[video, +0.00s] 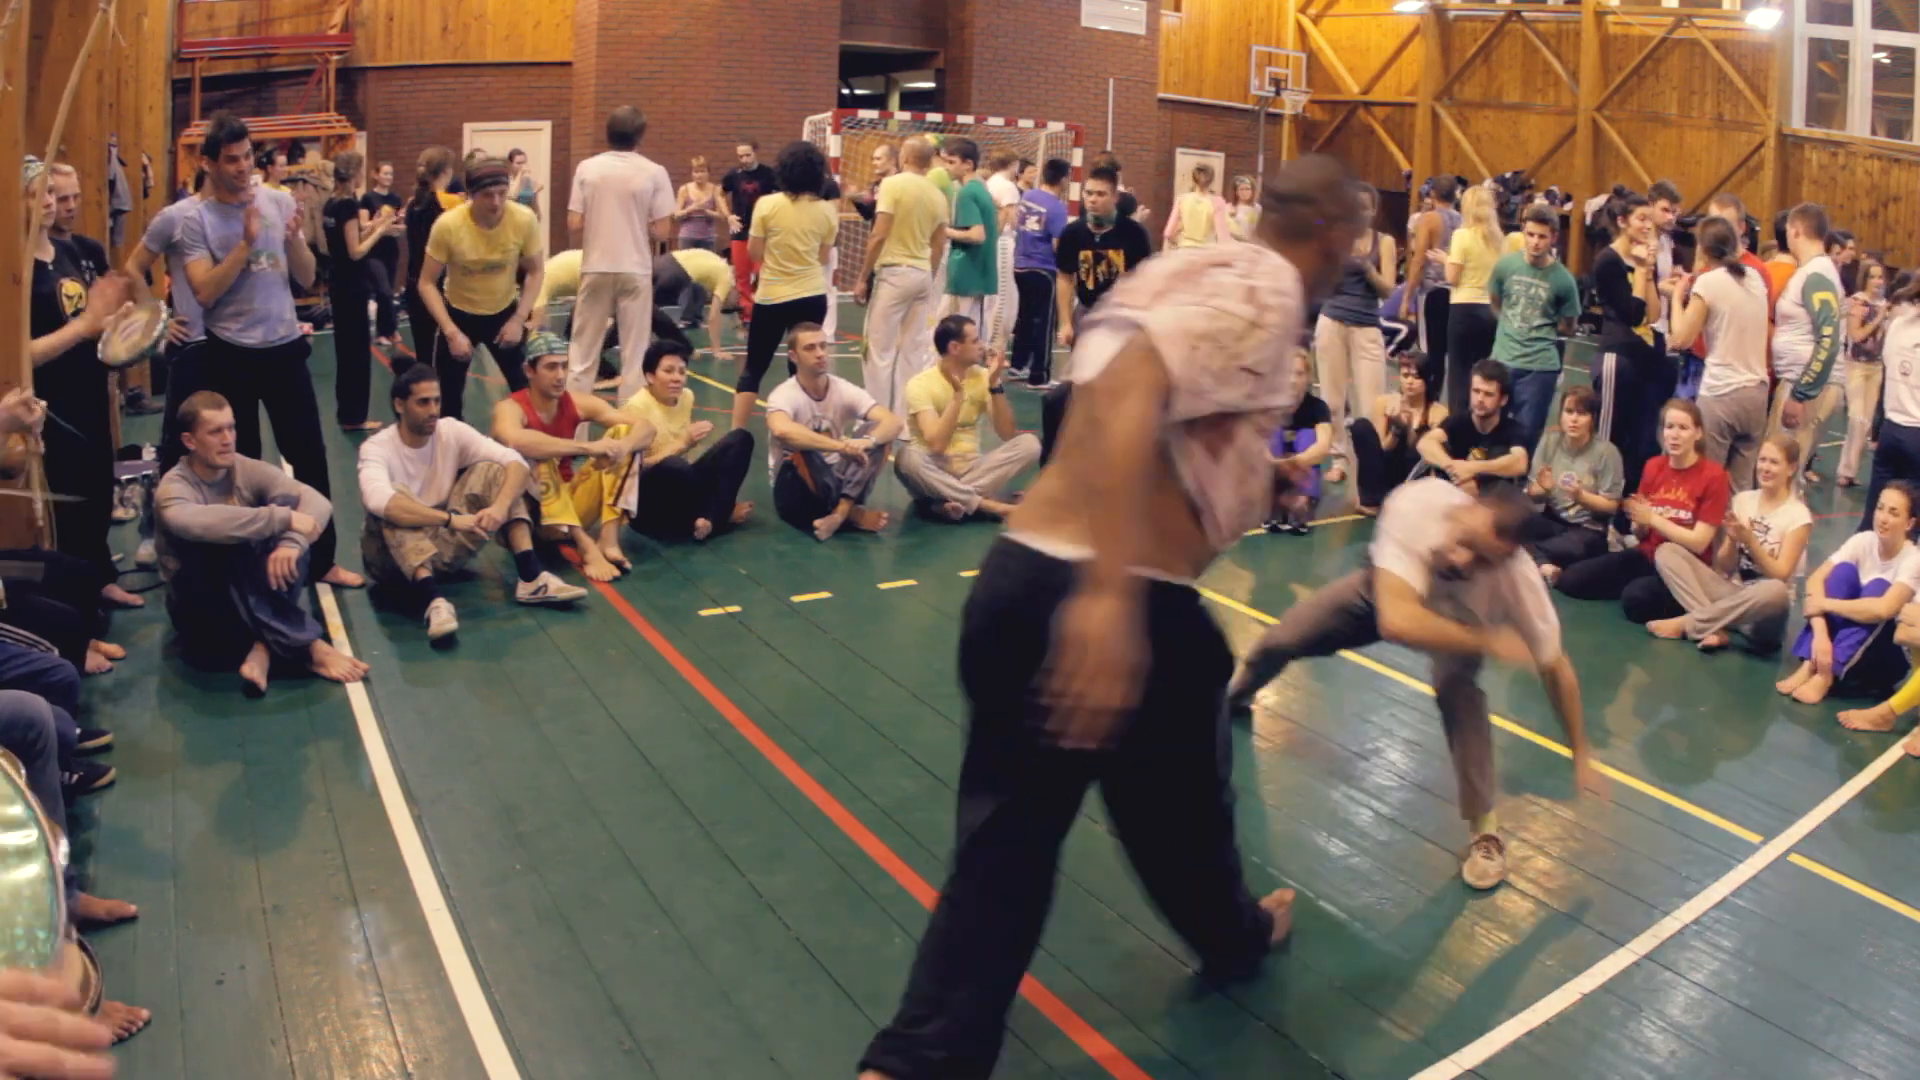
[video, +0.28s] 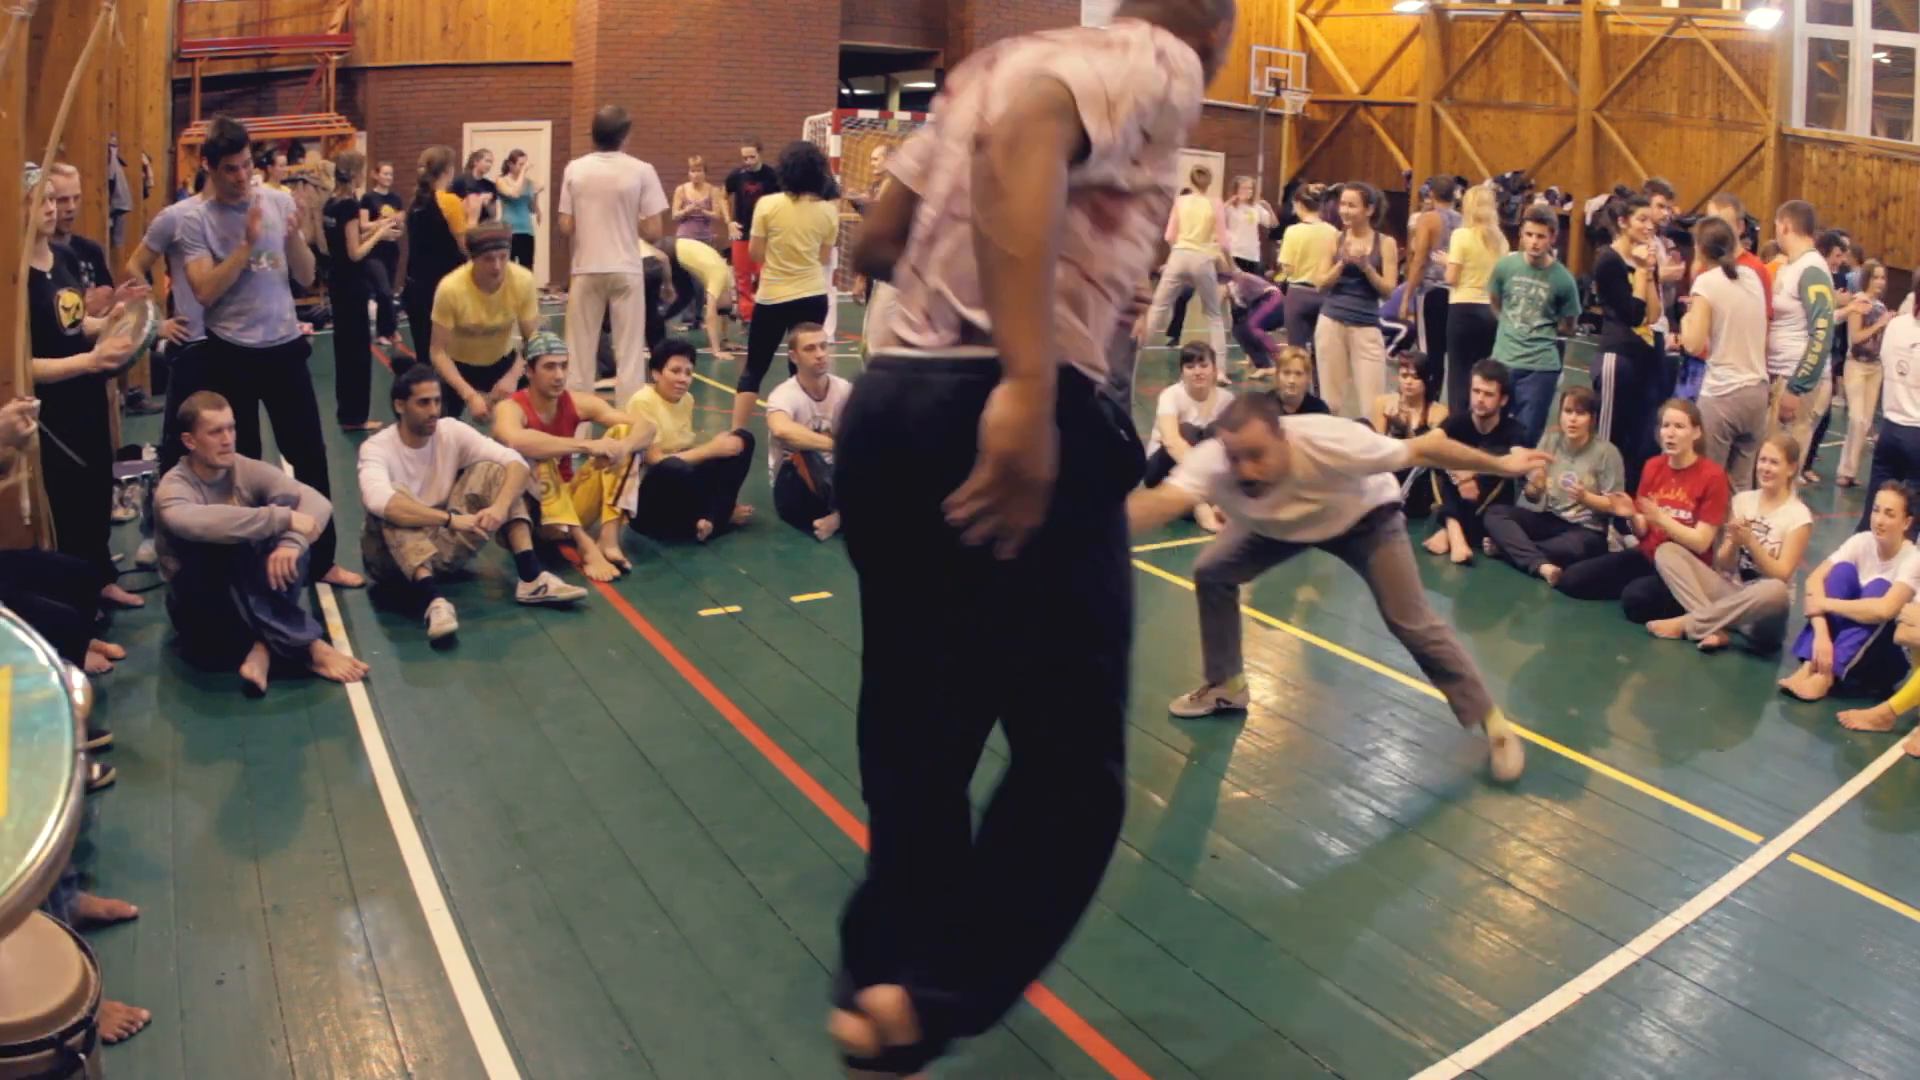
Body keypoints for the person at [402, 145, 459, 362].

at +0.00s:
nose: (453, 172)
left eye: (452, 167)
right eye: (451, 167)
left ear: (423, 168)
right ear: (445, 170)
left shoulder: (413, 203)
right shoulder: (449, 204)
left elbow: (409, 249)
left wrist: (402, 281)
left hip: (414, 283)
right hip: (436, 284)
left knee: (424, 350)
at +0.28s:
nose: (455, 171)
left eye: (454, 167)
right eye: (453, 166)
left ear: (425, 168)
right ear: (447, 169)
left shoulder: (416, 202)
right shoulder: (450, 202)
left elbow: (409, 248)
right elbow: (465, 244)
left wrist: (400, 284)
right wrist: (474, 214)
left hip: (417, 283)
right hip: (445, 284)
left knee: (424, 350)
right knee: (446, 349)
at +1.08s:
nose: (448, 173)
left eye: (447, 168)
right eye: (447, 168)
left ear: (421, 170)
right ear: (440, 171)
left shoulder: (408, 205)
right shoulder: (442, 206)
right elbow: (457, 253)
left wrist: (451, 214)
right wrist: (457, 217)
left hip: (410, 287)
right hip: (432, 289)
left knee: (423, 352)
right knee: (434, 351)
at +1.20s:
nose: (449, 173)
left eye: (448, 168)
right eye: (447, 168)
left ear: (421, 170)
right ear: (441, 171)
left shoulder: (408, 206)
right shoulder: (444, 206)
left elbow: (405, 250)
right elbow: (458, 253)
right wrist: (459, 217)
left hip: (412, 286)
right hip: (434, 288)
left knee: (423, 350)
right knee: (434, 349)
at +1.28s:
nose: (450, 173)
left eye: (450, 168)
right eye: (449, 167)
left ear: (422, 170)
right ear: (443, 171)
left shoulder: (409, 207)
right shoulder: (445, 205)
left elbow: (405, 251)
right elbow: (462, 251)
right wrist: (464, 215)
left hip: (413, 287)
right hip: (438, 289)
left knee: (425, 351)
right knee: (439, 350)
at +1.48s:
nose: (452, 172)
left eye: (452, 167)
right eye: (451, 167)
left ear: (425, 170)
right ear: (445, 170)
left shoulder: (411, 207)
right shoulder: (452, 204)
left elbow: (411, 248)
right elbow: (463, 250)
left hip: (417, 284)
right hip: (444, 284)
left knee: (425, 348)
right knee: (441, 345)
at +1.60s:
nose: (454, 172)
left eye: (453, 167)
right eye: (453, 167)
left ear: (426, 168)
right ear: (447, 170)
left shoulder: (414, 203)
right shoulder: (451, 203)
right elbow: (470, 248)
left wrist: (465, 208)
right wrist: (467, 211)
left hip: (418, 283)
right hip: (444, 286)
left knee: (426, 349)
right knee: (443, 349)